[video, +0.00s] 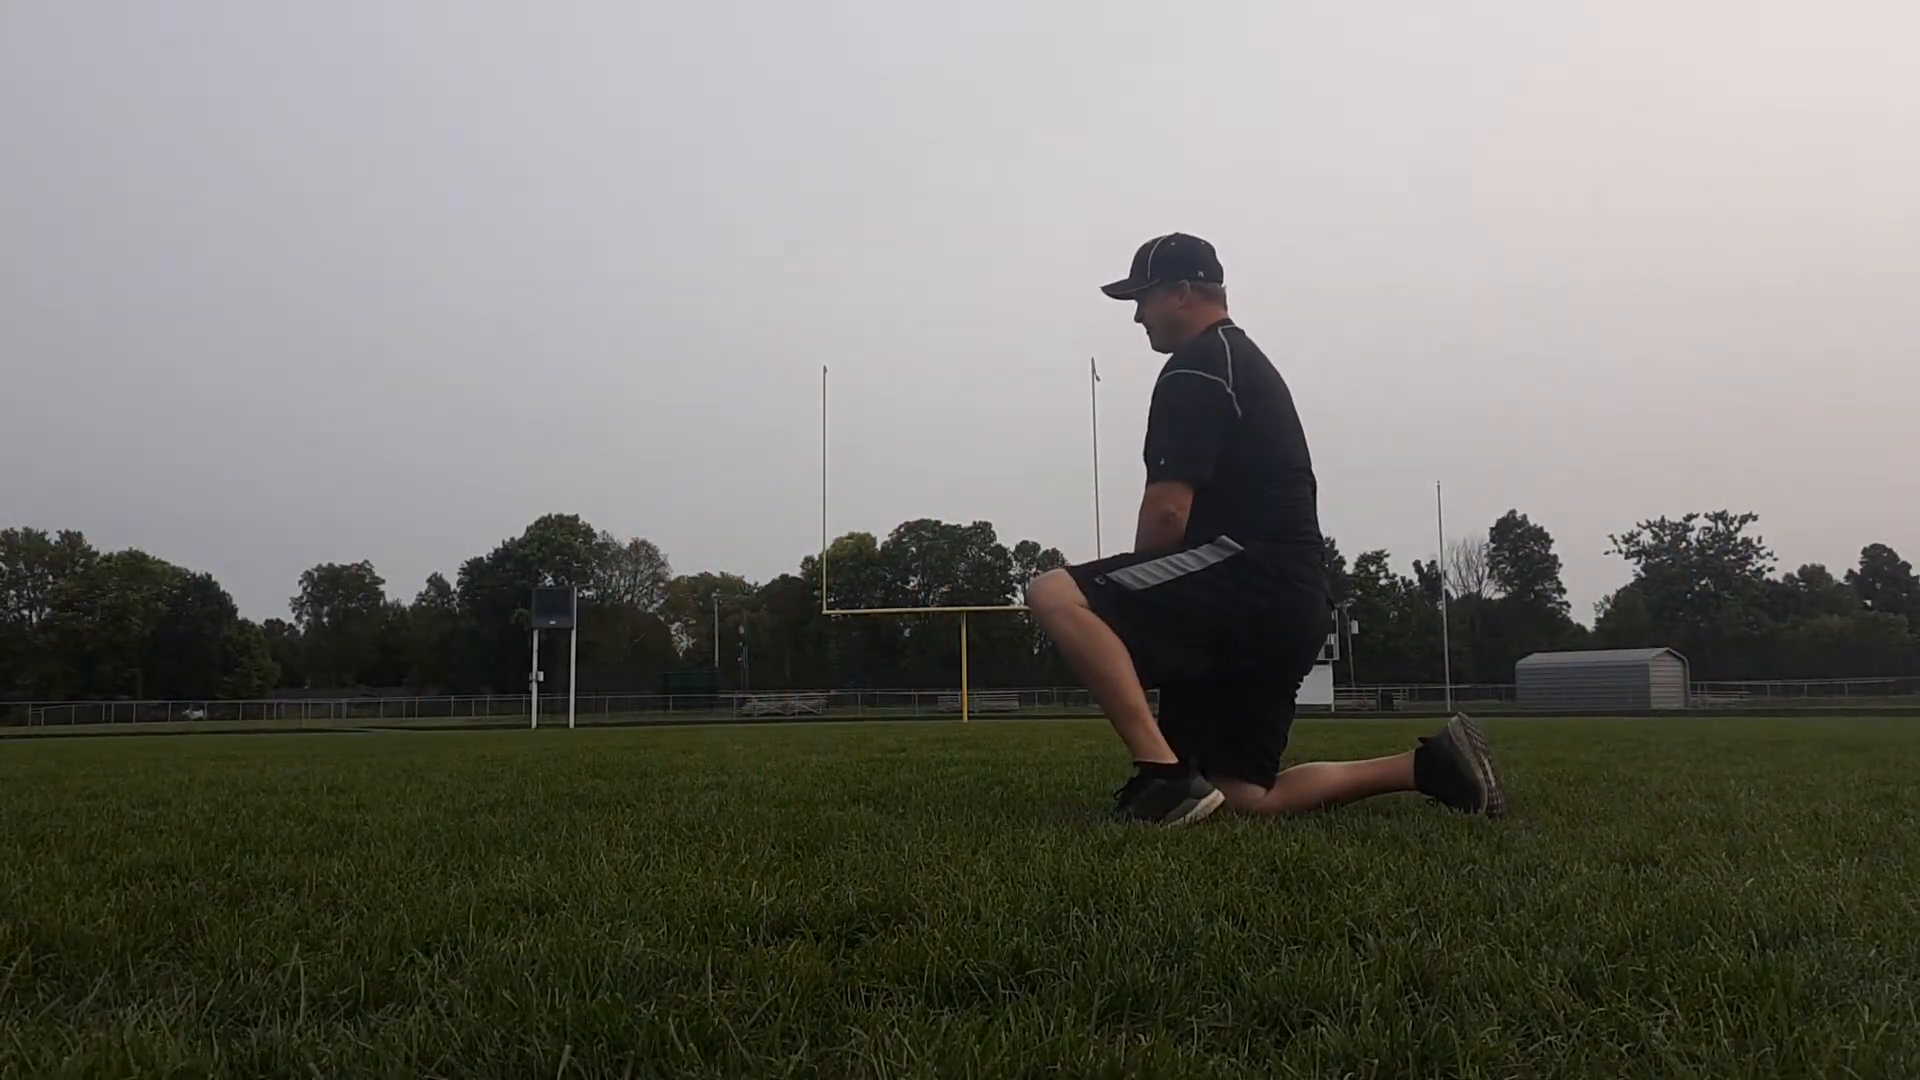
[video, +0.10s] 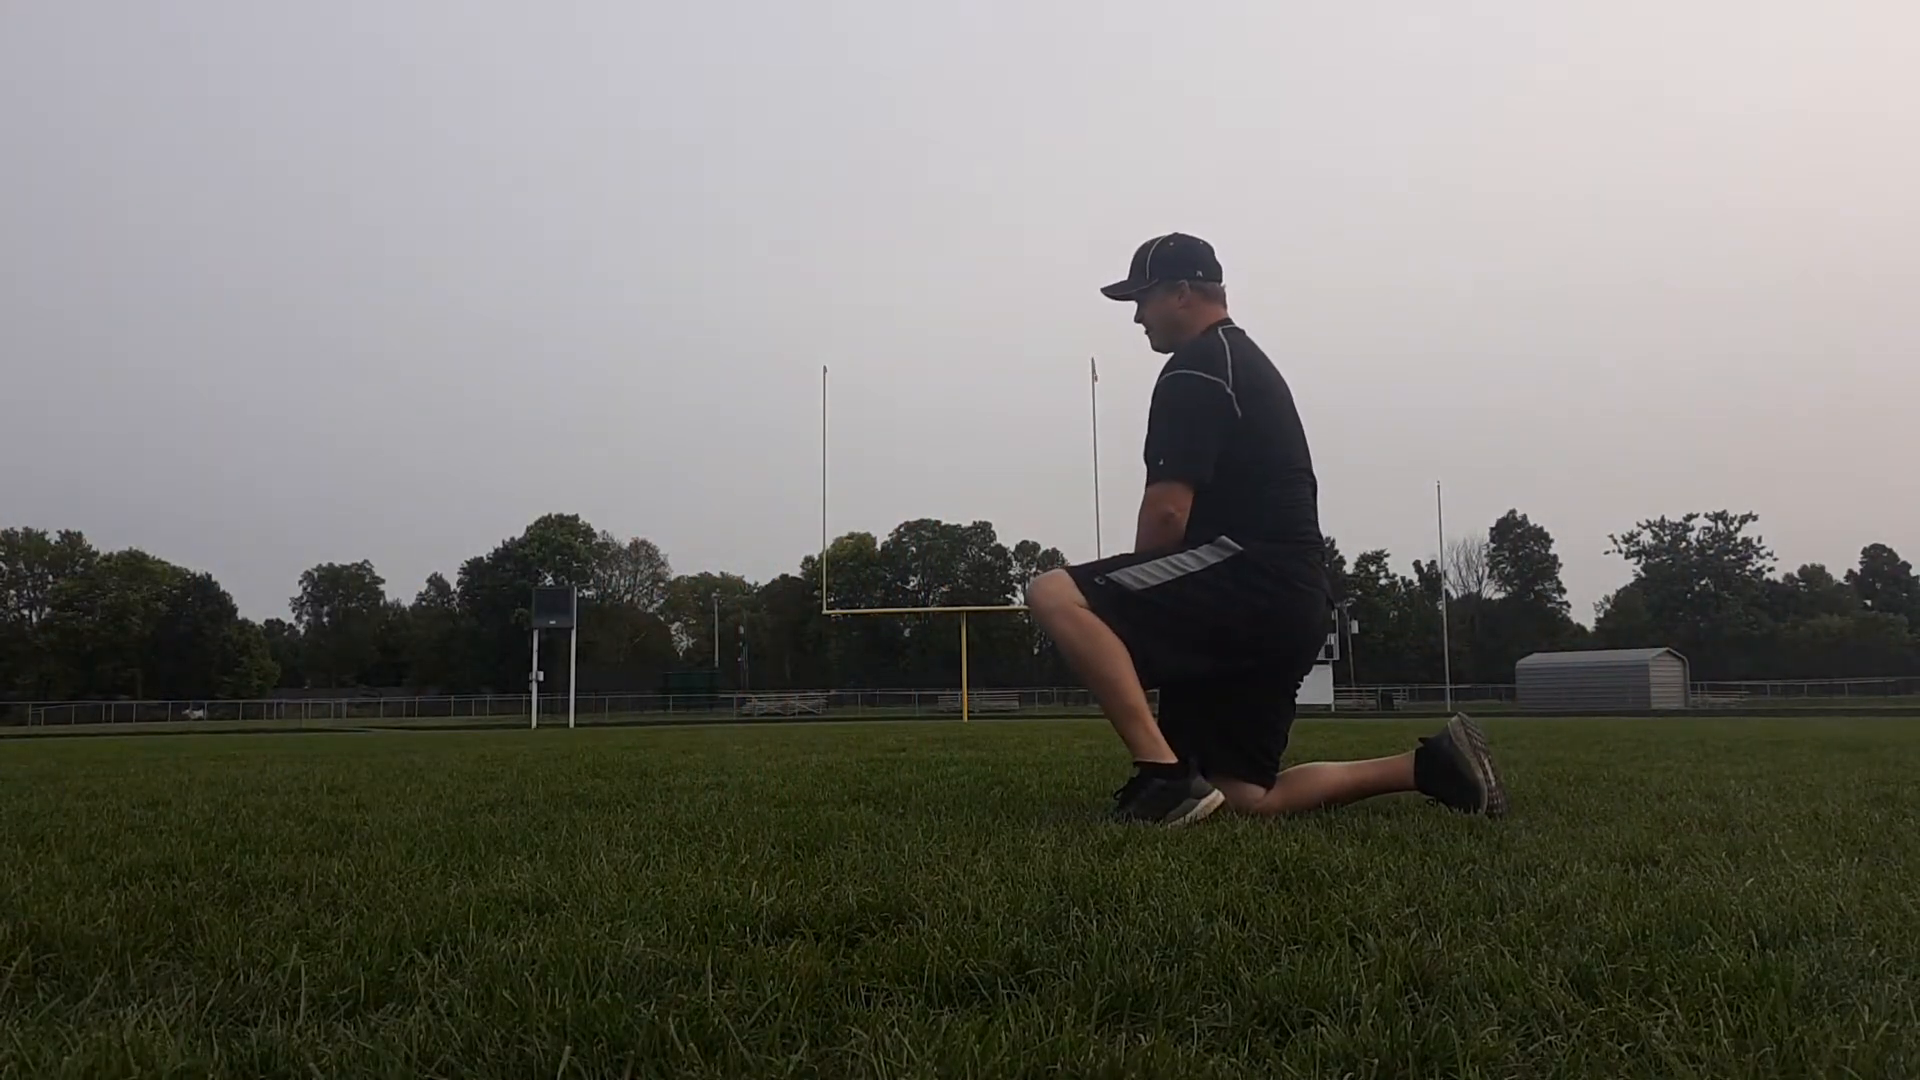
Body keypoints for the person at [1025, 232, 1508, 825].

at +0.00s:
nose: (1137, 314)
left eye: (1142, 298)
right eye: (1135, 301)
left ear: (1182, 294)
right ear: (1198, 295)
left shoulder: (1197, 364)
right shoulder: (1246, 362)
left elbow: (1166, 509)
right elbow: (1242, 509)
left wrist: (1137, 604)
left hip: (1248, 572)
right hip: (1294, 593)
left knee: (1056, 593)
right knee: (1234, 794)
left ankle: (1163, 775)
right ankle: (1426, 768)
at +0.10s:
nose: (1137, 315)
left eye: (1142, 299)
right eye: (1135, 302)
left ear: (1181, 293)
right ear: (1198, 294)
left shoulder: (1197, 365)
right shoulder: (1247, 362)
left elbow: (1166, 510)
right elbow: (1242, 510)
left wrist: (1137, 605)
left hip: (1249, 572)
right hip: (1295, 593)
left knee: (1056, 594)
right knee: (1236, 794)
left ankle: (1163, 776)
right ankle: (1426, 768)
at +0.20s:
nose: (1137, 315)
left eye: (1142, 299)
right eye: (1135, 302)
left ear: (1180, 293)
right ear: (1198, 293)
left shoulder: (1198, 363)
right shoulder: (1248, 361)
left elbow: (1166, 509)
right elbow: (1244, 509)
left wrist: (1139, 604)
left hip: (1248, 573)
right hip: (1295, 595)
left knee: (1056, 594)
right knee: (1236, 794)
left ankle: (1163, 775)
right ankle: (1425, 769)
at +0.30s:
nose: (1137, 315)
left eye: (1142, 300)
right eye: (1135, 303)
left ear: (1180, 293)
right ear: (1199, 293)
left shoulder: (1198, 362)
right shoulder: (1248, 361)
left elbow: (1166, 509)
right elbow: (1243, 509)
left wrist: (1138, 604)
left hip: (1248, 573)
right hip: (1294, 595)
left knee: (1056, 594)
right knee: (1236, 794)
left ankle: (1163, 775)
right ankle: (1425, 769)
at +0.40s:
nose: (1136, 317)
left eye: (1141, 300)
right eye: (1134, 303)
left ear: (1180, 293)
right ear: (1198, 294)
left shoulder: (1197, 365)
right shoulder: (1247, 361)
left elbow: (1166, 508)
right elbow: (1239, 509)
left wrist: (1135, 604)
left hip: (1248, 573)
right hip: (1294, 595)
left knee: (1055, 595)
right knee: (1236, 793)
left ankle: (1164, 776)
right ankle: (1426, 769)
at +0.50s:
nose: (1136, 318)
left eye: (1141, 301)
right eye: (1134, 304)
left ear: (1180, 294)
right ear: (1198, 294)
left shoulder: (1196, 365)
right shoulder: (1248, 362)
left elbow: (1166, 509)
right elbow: (1238, 510)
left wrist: (1135, 607)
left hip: (1248, 573)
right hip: (1294, 596)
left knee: (1055, 594)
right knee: (1237, 793)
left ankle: (1163, 775)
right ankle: (1426, 769)